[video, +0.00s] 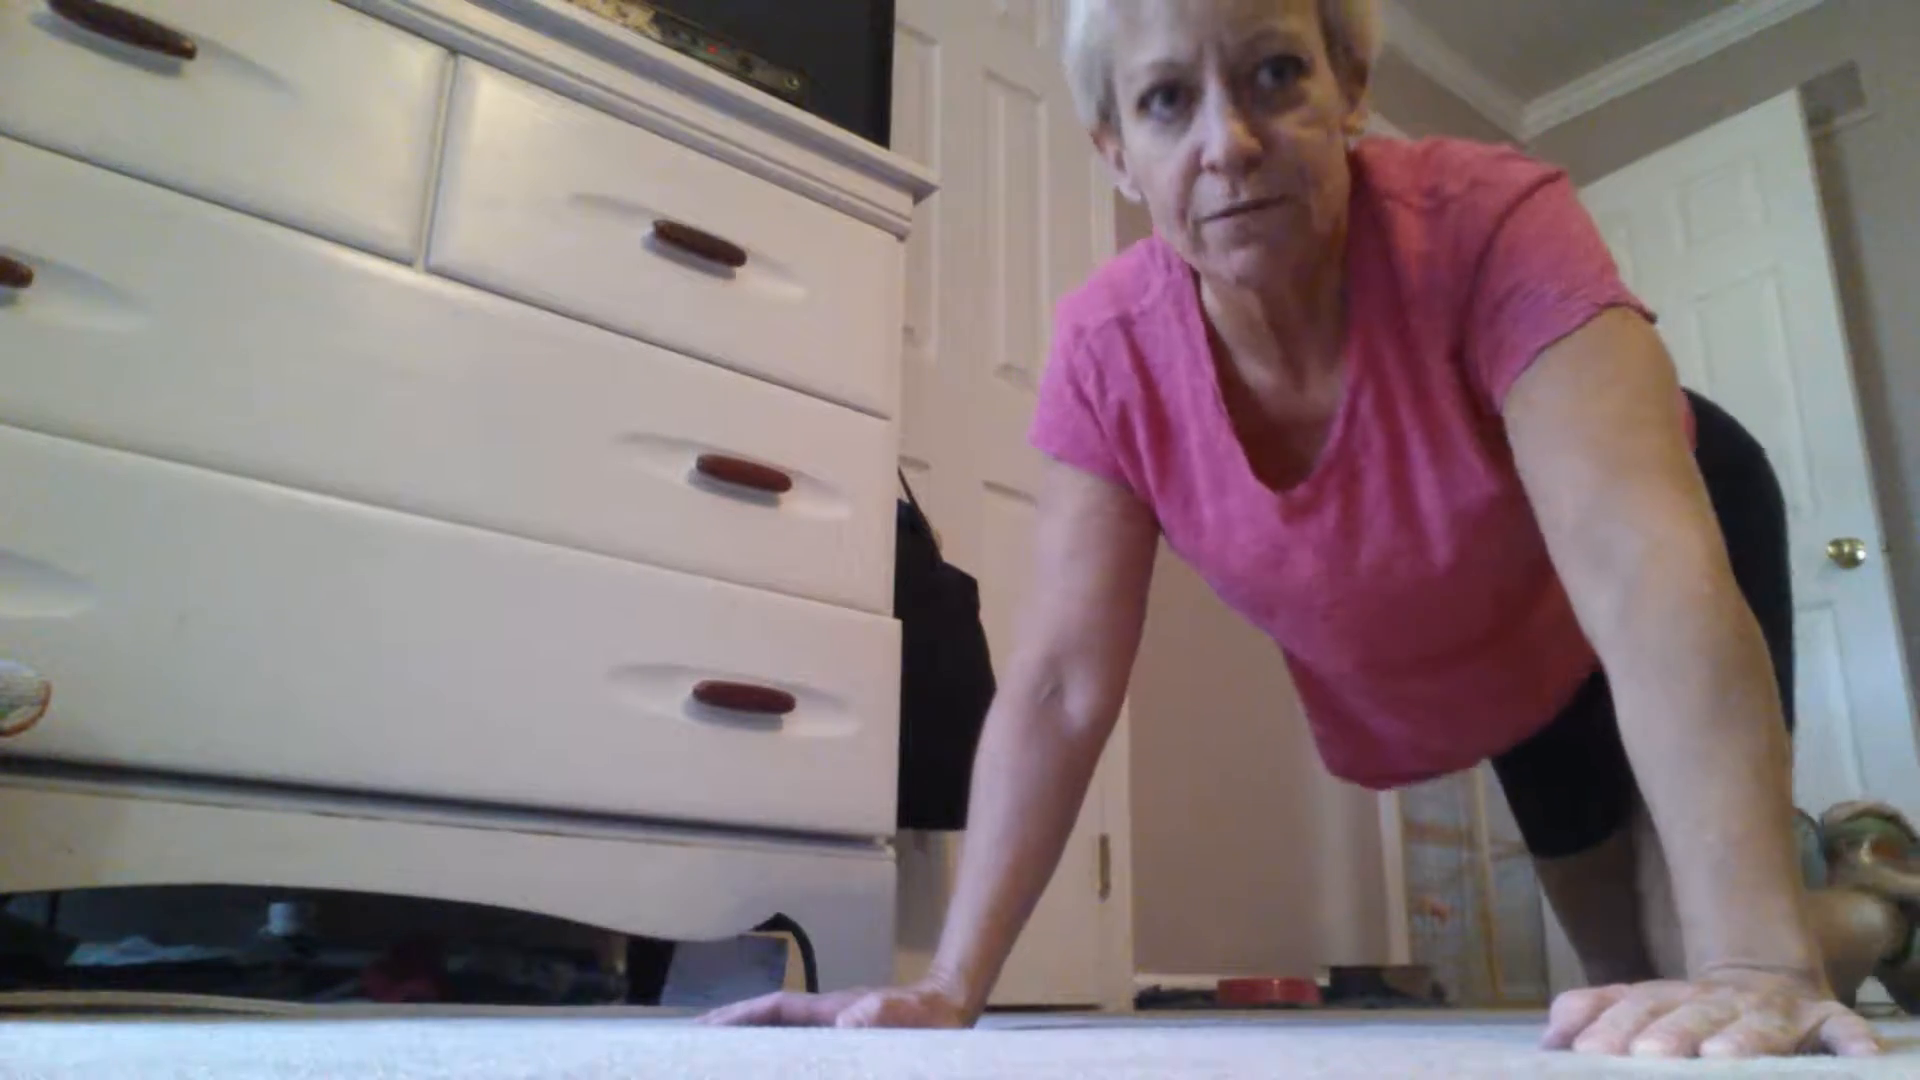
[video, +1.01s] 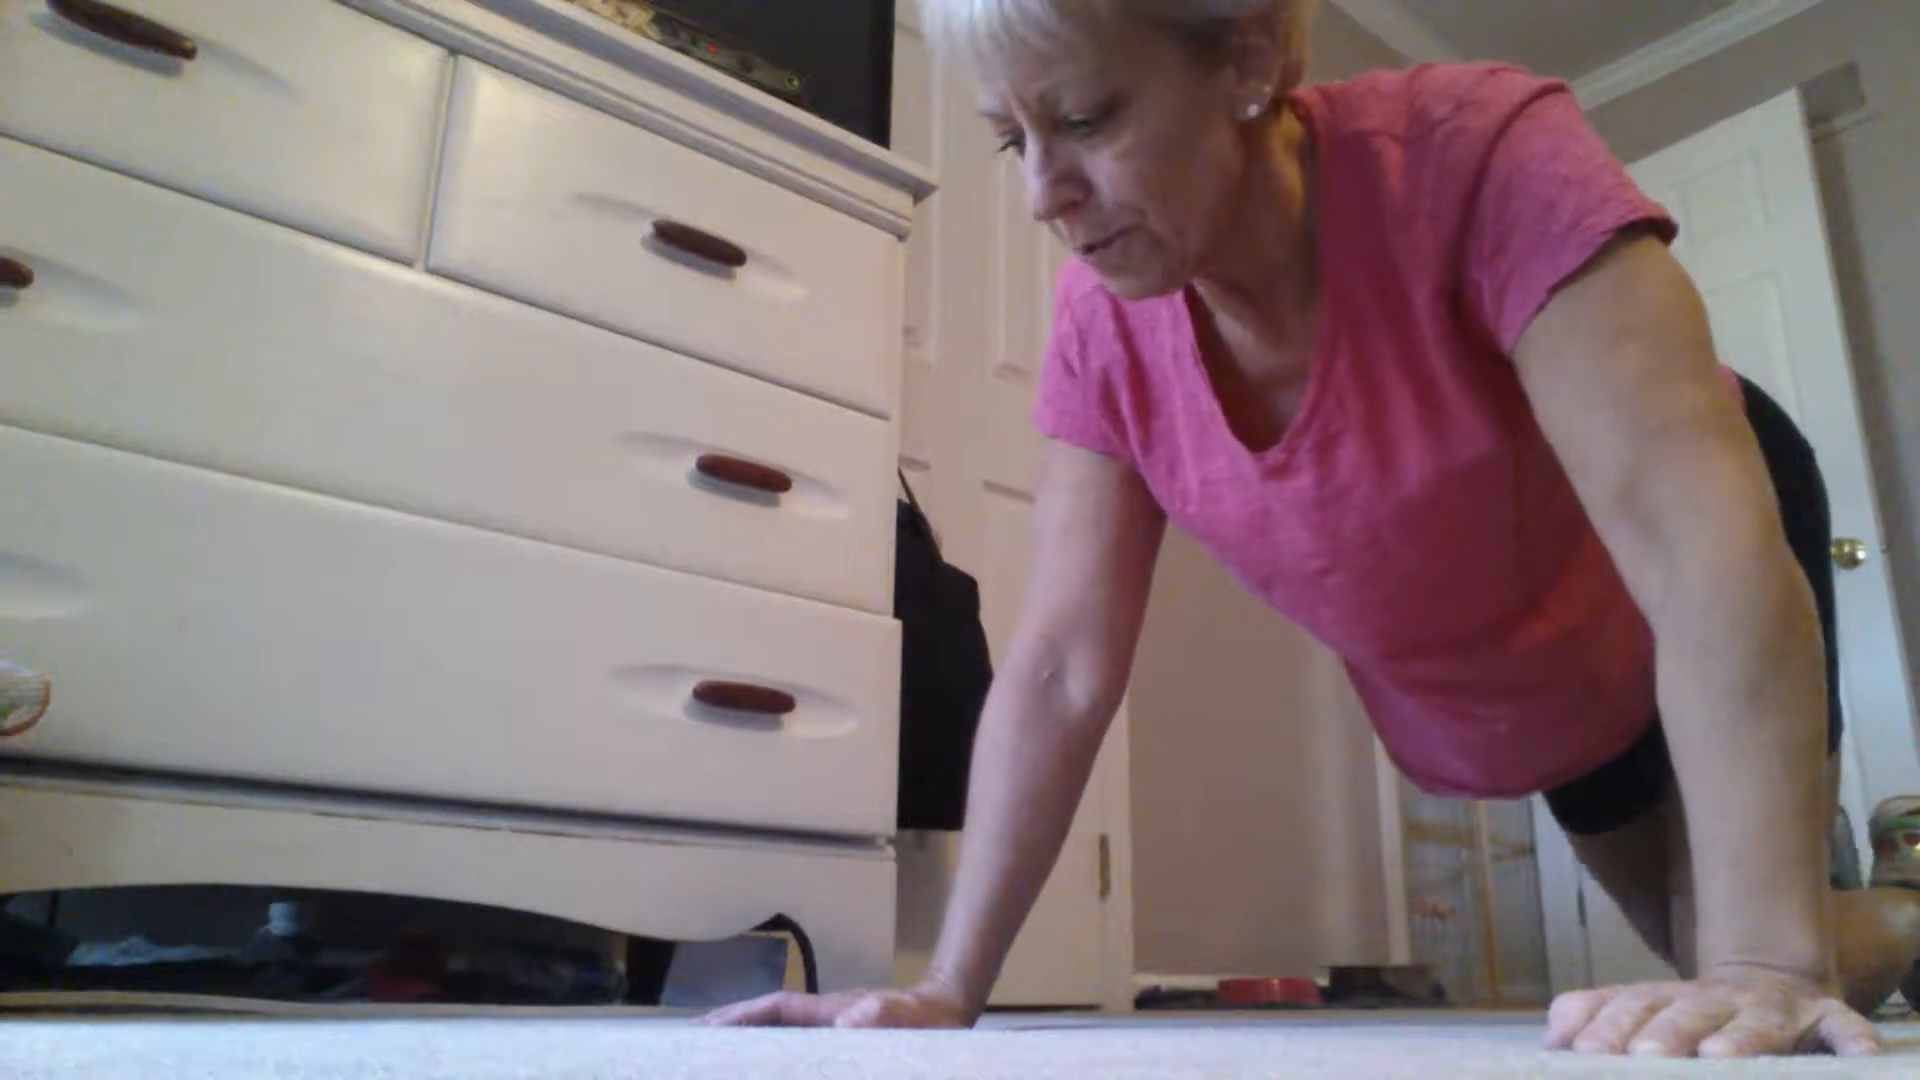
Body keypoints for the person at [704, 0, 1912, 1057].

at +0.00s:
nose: (1229, 143)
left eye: (1271, 78)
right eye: (1169, 103)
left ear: (1348, 95)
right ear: (1117, 160)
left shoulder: (1492, 224)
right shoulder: (1110, 341)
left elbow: (1651, 563)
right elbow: (1059, 684)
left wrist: (1749, 969)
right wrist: (953, 978)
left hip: (1654, 557)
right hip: (1487, 655)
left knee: (1739, 957)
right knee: (1620, 980)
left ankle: (1865, 906)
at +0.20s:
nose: (1161, 125)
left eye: (1203, 61)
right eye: (1103, 91)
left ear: (1291, 63)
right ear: (1059, 138)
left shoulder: (1454, 204)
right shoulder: (1090, 339)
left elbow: (1642, 551)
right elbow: (1047, 682)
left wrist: (1758, 970)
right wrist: (952, 980)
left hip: (1677, 551)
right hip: (1502, 656)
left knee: (1758, 965)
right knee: (1629, 992)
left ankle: (1918, 920)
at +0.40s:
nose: (1077, 166)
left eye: (1117, 89)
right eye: (1031, 120)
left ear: (1246, 69)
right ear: (1007, 136)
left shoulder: (1435, 191)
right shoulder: (1080, 330)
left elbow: (1624, 530)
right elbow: (1042, 674)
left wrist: (1754, 972)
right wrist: (950, 983)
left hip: (1678, 542)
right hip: (1500, 659)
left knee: (1776, 955)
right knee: (1644, 999)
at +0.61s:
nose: (1035, 202)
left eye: (1074, 129)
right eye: (1004, 151)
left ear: (1234, 83)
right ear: (989, 157)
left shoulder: (1454, 187)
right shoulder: (1091, 348)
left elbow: (1658, 540)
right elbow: (1047, 679)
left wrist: (1754, 970)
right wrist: (950, 983)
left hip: (1685, 568)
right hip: (1513, 678)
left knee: (1775, 953)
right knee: (1645, 995)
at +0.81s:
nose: (1041, 199)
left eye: (1079, 127)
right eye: (1008, 146)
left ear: (1239, 68)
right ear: (990, 144)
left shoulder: (1467, 172)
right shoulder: (1099, 329)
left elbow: (1690, 540)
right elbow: (1053, 677)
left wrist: (1759, 972)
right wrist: (950, 982)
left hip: (1689, 565)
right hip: (1521, 681)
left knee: (1772, 958)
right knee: (1665, 990)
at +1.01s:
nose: (1047, 194)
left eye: (1085, 125)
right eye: (1014, 141)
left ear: (1249, 63)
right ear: (995, 133)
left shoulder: (1484, 154)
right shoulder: (1105, 313)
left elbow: (1699, 516)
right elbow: (1057, 671)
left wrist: (1764, 970)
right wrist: (949, 983)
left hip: (1697, 566)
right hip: (1534, 692)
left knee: (1791, 947)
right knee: (1730, 970)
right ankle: (1895, 931)